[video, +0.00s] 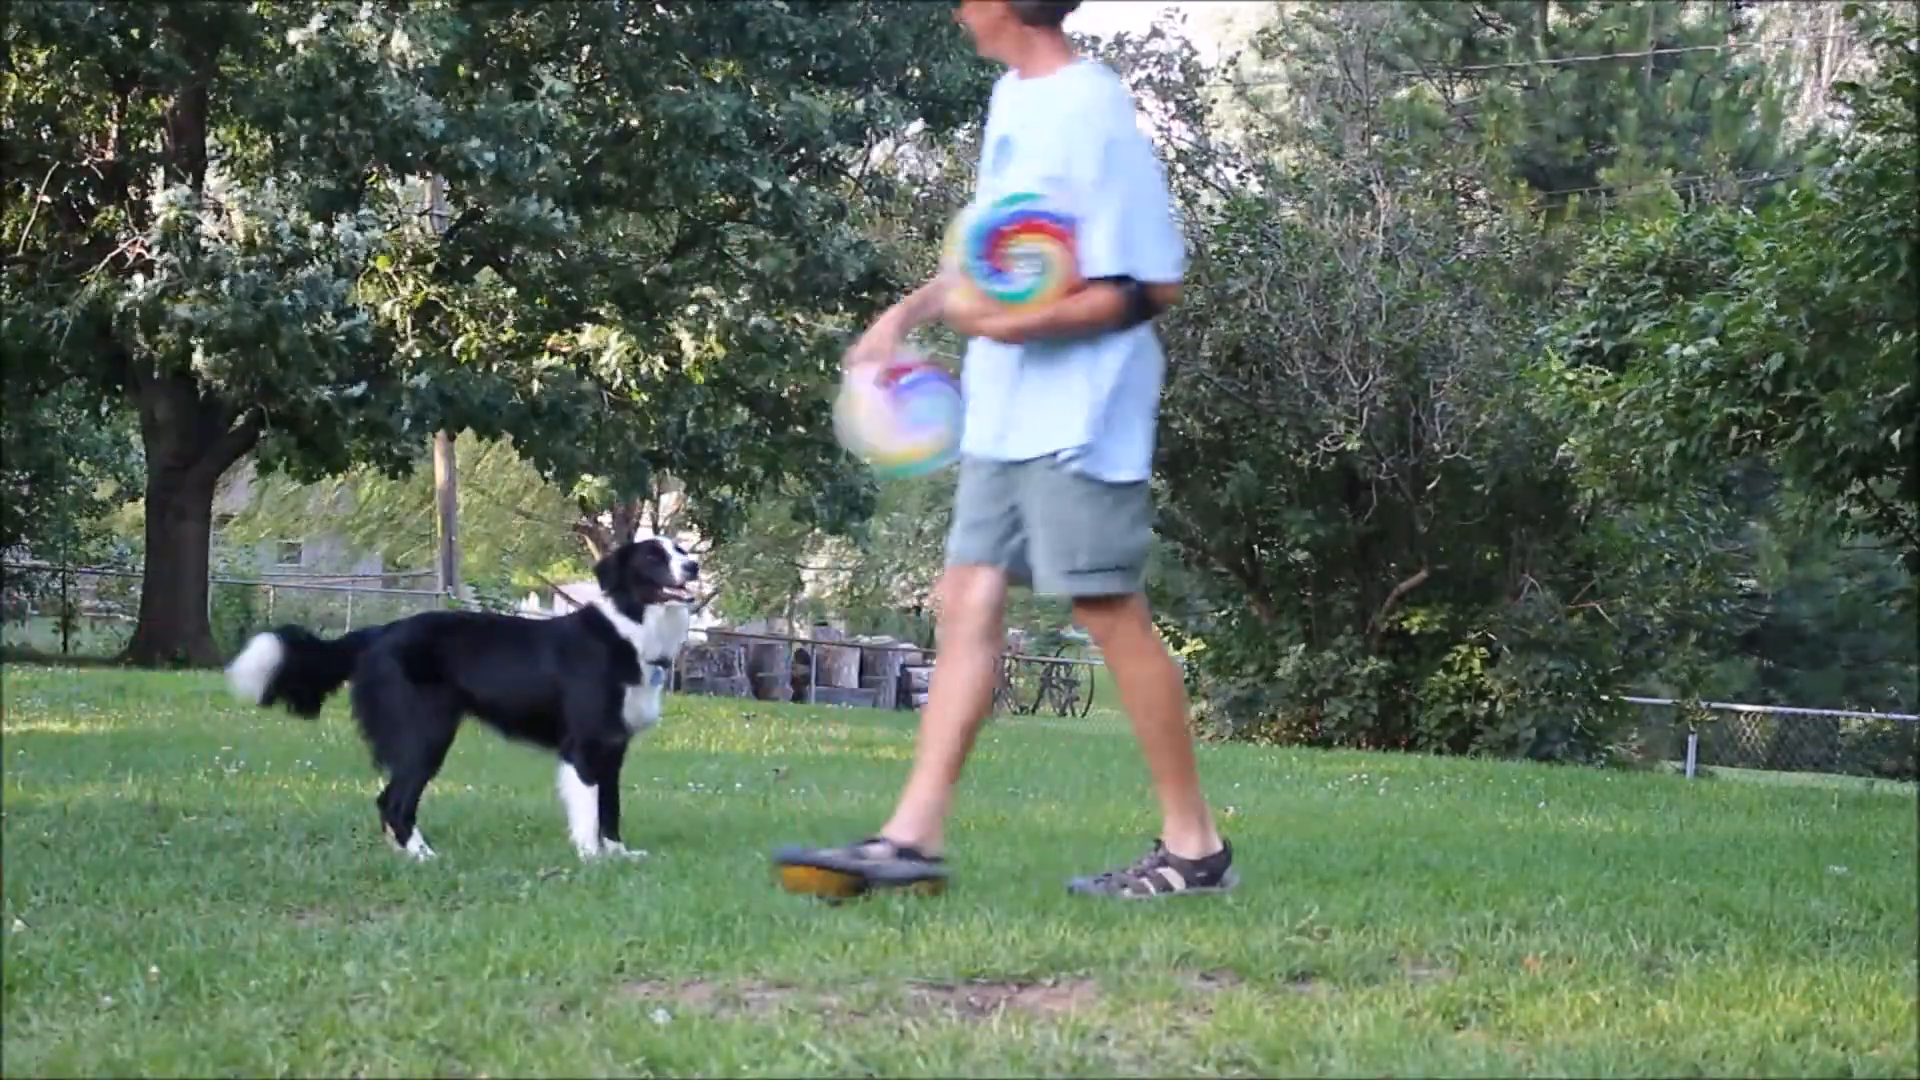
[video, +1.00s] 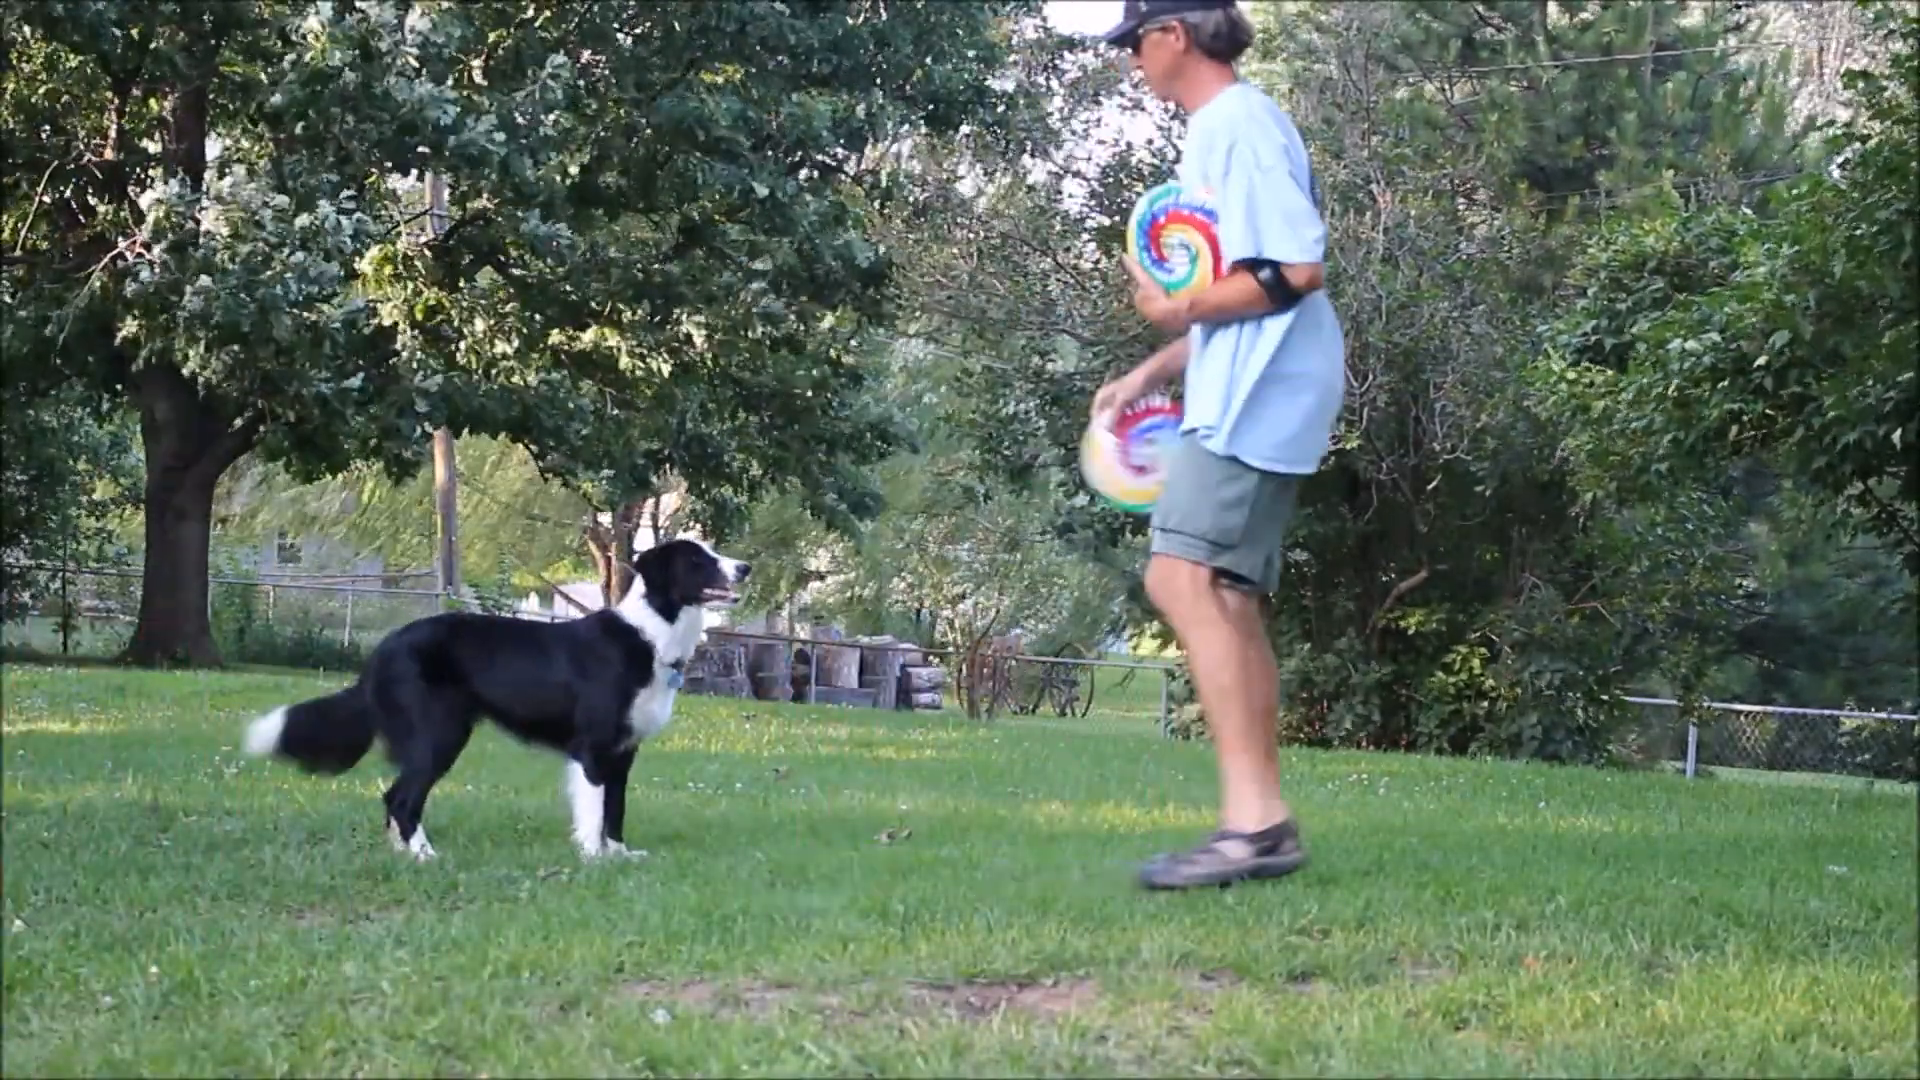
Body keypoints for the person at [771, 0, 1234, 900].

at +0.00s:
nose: (963, 15)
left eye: (971, 2)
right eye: (965, 4)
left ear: (1011, 9)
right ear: (1025, 12)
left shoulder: (1100, 114)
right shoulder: (1009, 104)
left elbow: (1142, 290)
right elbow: (993, 255)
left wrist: (1003, 324)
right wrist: (901, 316)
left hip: (1085, 421)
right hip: (1003, 415)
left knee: (1111, 614)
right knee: (967, 605)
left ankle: (1195, 846)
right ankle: (911, 840)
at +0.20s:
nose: (1024, 5)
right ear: (1080, 5)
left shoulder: (1183, 99)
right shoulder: (1054, 78)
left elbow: (1235, 265)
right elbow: (1049, 226)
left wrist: (1111, 288)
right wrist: (943, 288)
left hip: (1151, 399)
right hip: (1054, 386)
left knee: (1154, 598)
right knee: (1020, 576)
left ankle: (1195, 846)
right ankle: (1096, 813)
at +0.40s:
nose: (1068, 4)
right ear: (1123, 4)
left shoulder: (1224, 100)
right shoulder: (1093, 92)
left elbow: (1276, 264)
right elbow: (1068, 233)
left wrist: (1158, 284)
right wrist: (980, 283)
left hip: (1180, 394)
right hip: (1100, 392)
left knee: (1159, 593)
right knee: (1099, 589)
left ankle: (1193, 849)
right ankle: (1227, 778)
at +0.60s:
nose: (1093, 33)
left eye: (1099, 15)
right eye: (1092, 17)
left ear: (1140, 14)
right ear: (1147, 19)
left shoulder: (1232, 118)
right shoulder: (1138, 119)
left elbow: (1283, 280)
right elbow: (1130, 266)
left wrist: (1167, 303)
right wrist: (1034, 315)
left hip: (1202, 405)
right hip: (1154, 398)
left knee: (1140, 596)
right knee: (1160, 594)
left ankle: (1191, 848)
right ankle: (1242, 803)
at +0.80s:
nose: (1112, 56)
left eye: (1118, 39)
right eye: (1111, 42)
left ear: (1160, 37)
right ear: (1165, 40)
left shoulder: (1233, 132)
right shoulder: (1187, 139)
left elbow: (1294, 290)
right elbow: (1191, 291)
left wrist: (1170, 324)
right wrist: (1103, 355)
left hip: (1228, 407)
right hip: (1200, 405)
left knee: (1162, 594)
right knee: (1201, 606)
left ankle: (1188, 847)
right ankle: (1262, 821)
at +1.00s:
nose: (1131, 60)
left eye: (1138, 42)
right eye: (1132, 45)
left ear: (1175, 40)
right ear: (1183, 42)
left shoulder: (1241, 124)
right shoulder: (1219, 130)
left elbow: (1295, 269)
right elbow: (1234, 295)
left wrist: (1177, 306)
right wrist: (1143, 379)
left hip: (1262, 392)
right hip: (1254, 394)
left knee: (1177, 578)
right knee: (1234, 602)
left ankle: (1252, 823)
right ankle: (1261, 820)